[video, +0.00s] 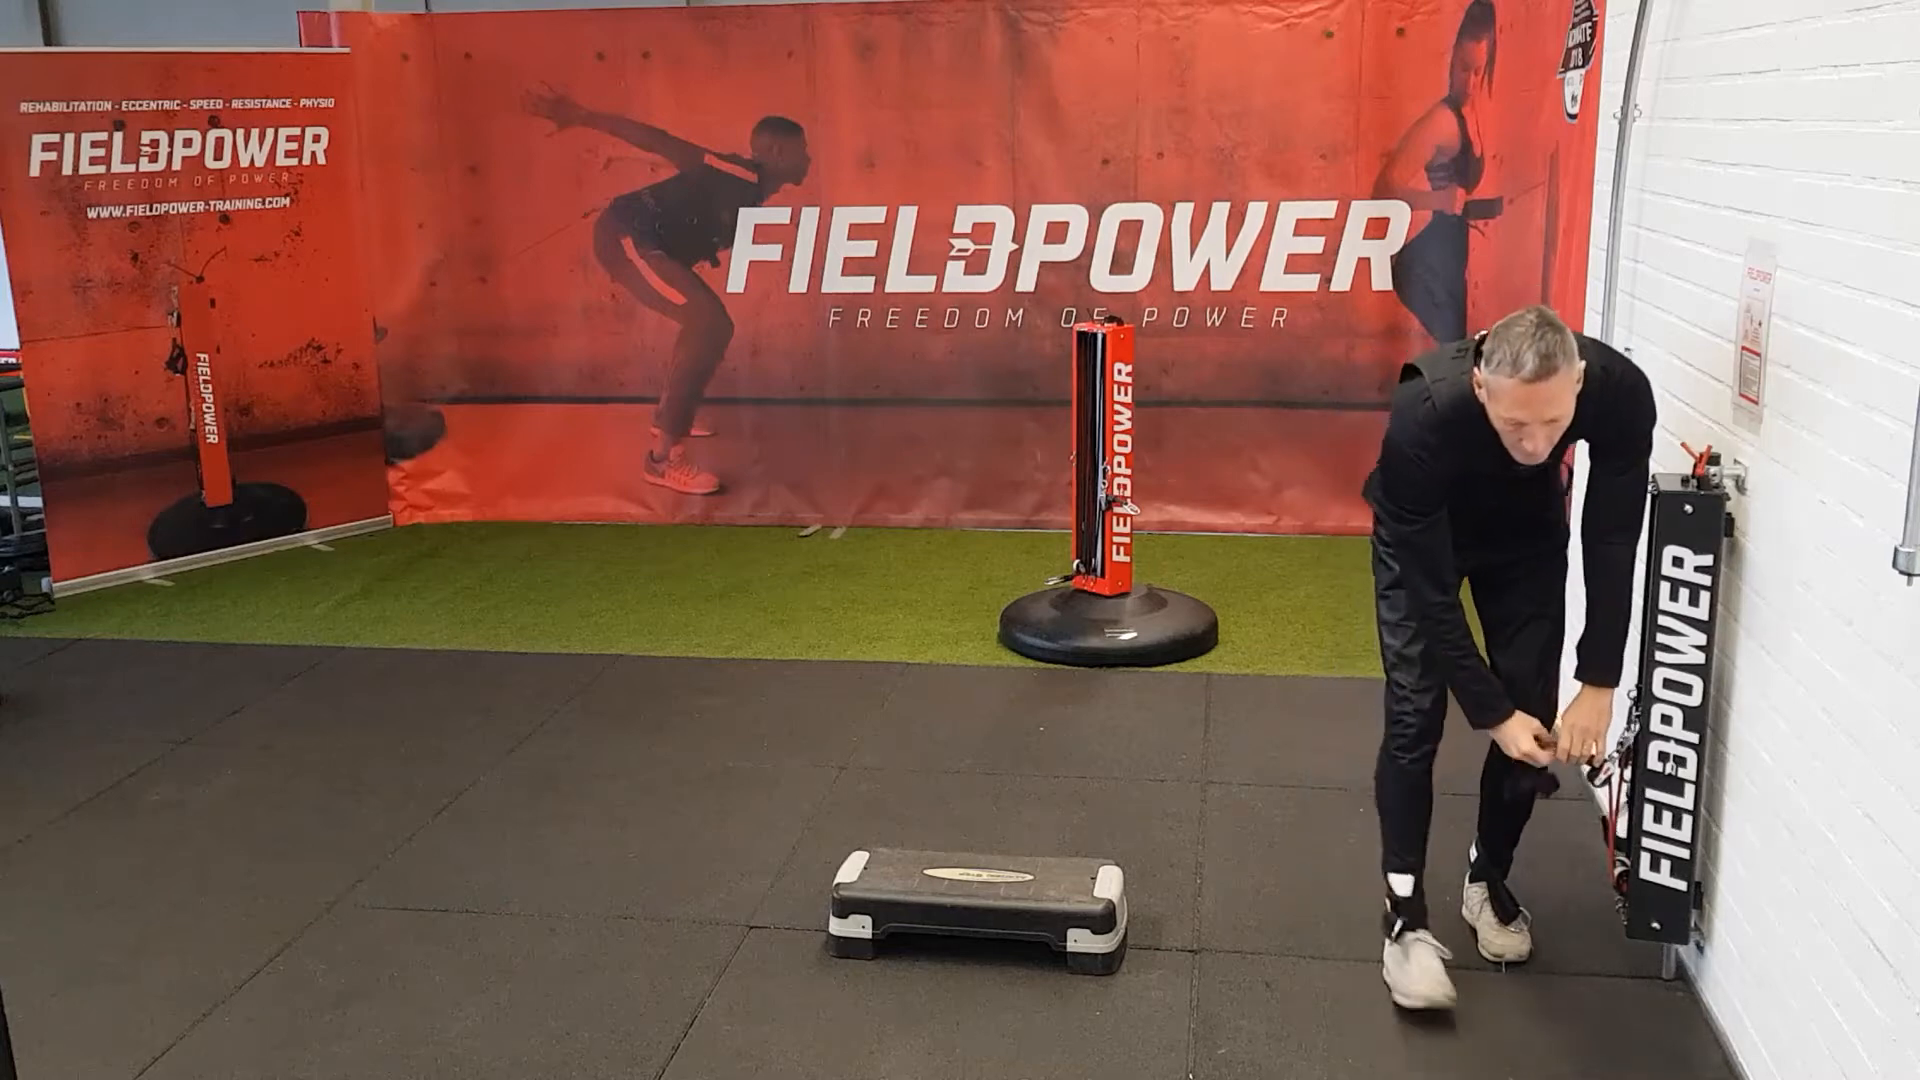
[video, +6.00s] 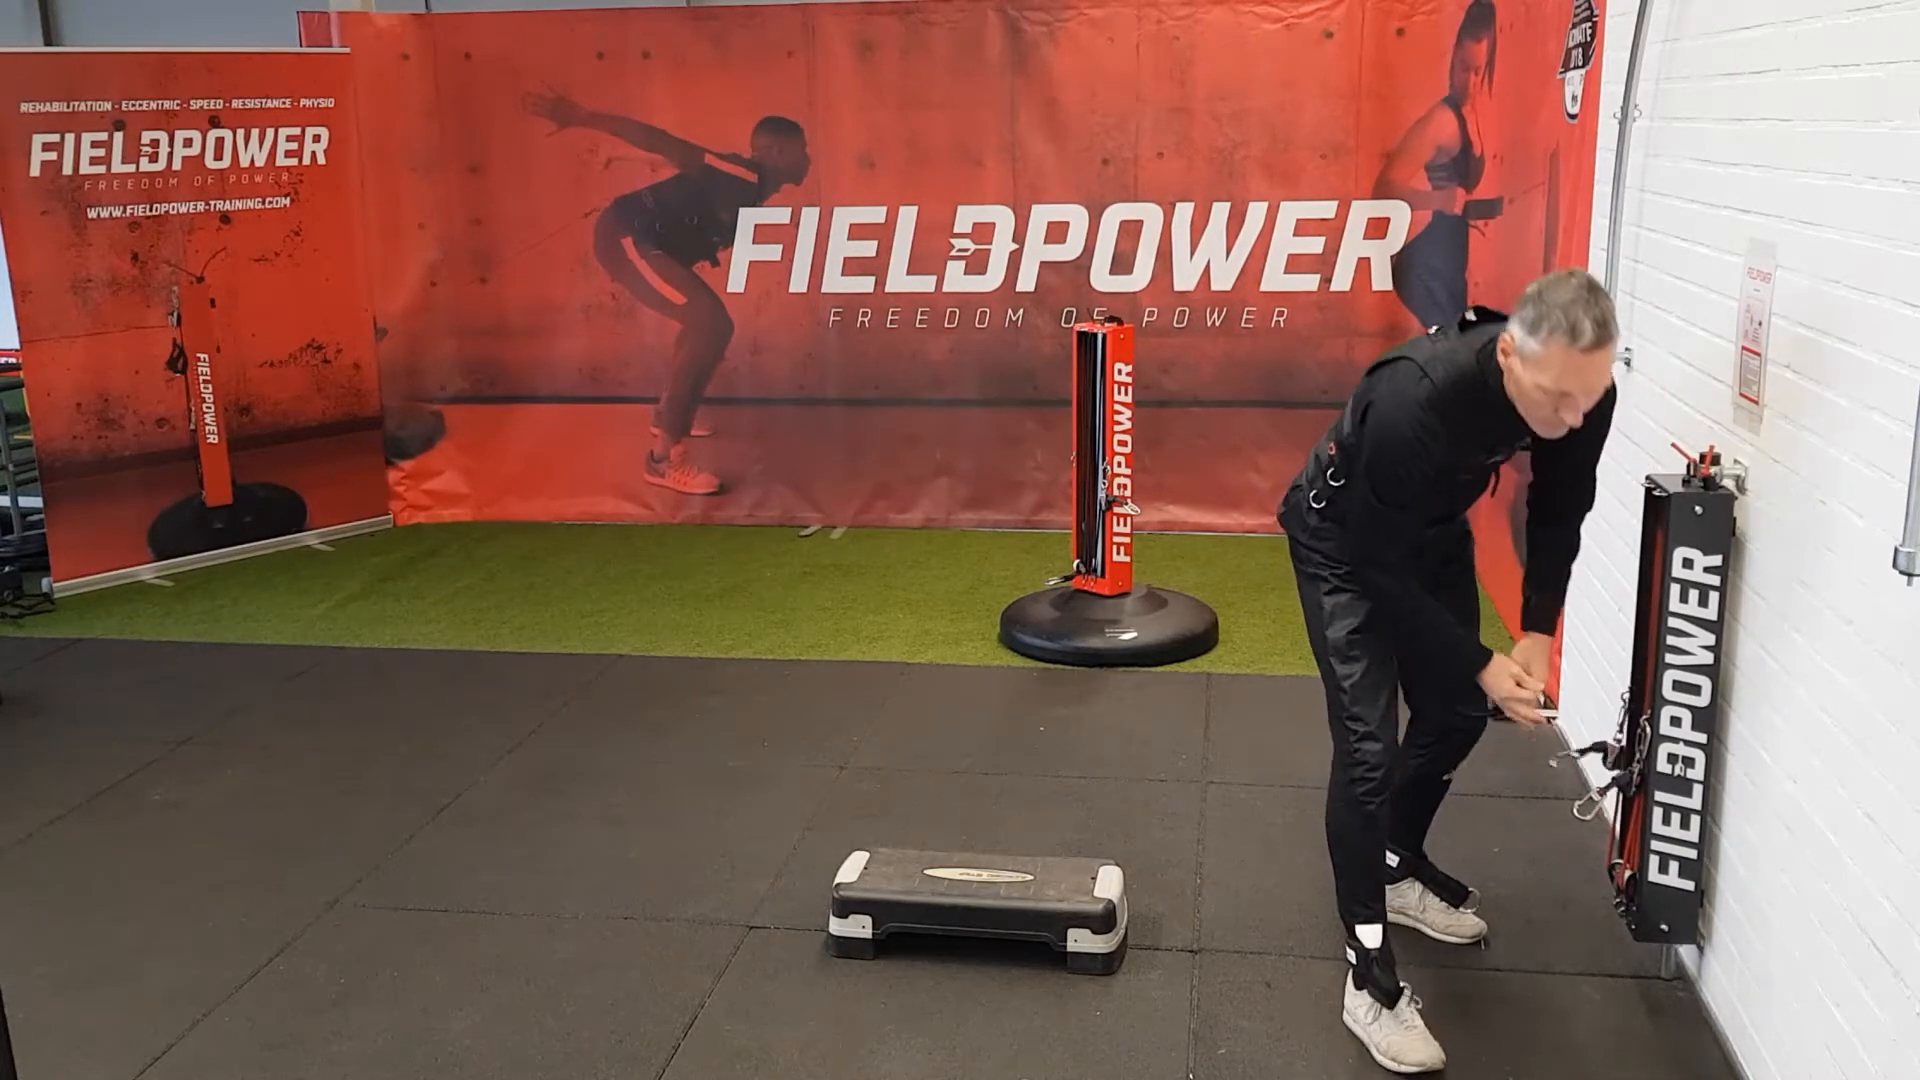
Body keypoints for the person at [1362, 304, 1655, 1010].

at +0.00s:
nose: (1535, 441)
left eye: (1552, 422)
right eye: (1517, 424)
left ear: (1576, 387)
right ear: (1481, 386)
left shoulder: (1617, 395)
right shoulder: (1426, 417)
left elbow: (1612, 542)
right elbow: (1431, 593)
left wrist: (1598, 685)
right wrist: (1498, 715)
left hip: (1524, 533)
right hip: (1423, 534)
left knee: (1530, 717)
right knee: (1416, 717)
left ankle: (1487, 884)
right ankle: (1407, 921)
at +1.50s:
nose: (1517, 331)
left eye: (1534, 310)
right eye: (1497, 311)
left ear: (1561, 277)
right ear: (1459, 280)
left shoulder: (1596, 337)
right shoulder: (1391, 356)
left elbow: (1573, 484)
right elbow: (1373, 518)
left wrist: (1532, 604)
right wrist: (1459, 627)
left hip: (1497, 542)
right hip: (1398, 543)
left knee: (1491, 724)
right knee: (1406, 739)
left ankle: (1468, 880)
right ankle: (1407, 935)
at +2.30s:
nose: (1521, 334)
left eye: (1537, 311)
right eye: (1502, 314)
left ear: (1555, 283)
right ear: (1449, 282)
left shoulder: (1577, 361)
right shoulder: (1364, 350)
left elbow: (1593, 531)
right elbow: (1296, 490)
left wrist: (1586, 692)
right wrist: (1341, 626)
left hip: (1486, 585)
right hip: (1375, 583)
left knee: (1474, 762)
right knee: (1387, 793)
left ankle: (1444, 887)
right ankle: (1388, 1007)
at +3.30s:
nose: (1620, 389)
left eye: (1628, 377)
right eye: (1619, 374)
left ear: (1575, 339)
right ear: (1566, 343)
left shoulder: (1576, 381)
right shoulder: (1414, 383)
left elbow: (1537, 504)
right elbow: (1366, 550)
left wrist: (1525, 637)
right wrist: (1420, 688)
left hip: (1439, 546)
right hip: (1351, 554)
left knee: (1462, 730)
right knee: (1380, 785)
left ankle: (1404, 863)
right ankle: (1385, 998)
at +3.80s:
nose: (1625, 501)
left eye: (1636, 493)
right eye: (1626, 489)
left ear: (1588, 437)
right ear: (1587, 450)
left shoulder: (1563, 422)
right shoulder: (1453, 466)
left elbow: (1553, 561)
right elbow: (1467, 615)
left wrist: (1579, 684)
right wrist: (1540, 722)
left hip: (1402, 541)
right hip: (1317, 534)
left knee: (1457, 697)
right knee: (1353, 745)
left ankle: (1394, 866)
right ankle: (1366, 967)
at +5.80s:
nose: (1588, 464)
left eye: (1603, 449)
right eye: (1577, 445)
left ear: (1622, 414)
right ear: (1532, 402)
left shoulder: (1560, 399)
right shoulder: (1432, 439)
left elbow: (1573, 528)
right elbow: (1421, 593)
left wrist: (1574, 661)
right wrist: (1492, 697)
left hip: (1417, 531)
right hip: (1331, 532)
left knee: (1461, 702)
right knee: (1355, 744)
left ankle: (1398, 863)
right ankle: (1366, 972)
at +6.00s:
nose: (1574, 416)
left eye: (1589, 397)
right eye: (1557, 395)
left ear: (1605, 365)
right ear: (1510, 354)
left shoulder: (1589, 387)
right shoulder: (1418, 402)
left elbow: (1559, 503)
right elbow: (1382, 560)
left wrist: (1538, 628)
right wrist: (1480, 667)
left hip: (1436, 531)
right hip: (1343, 536)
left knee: (1454, 716)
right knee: (1369, 752)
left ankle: (1395, 866)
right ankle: (1370, 976)